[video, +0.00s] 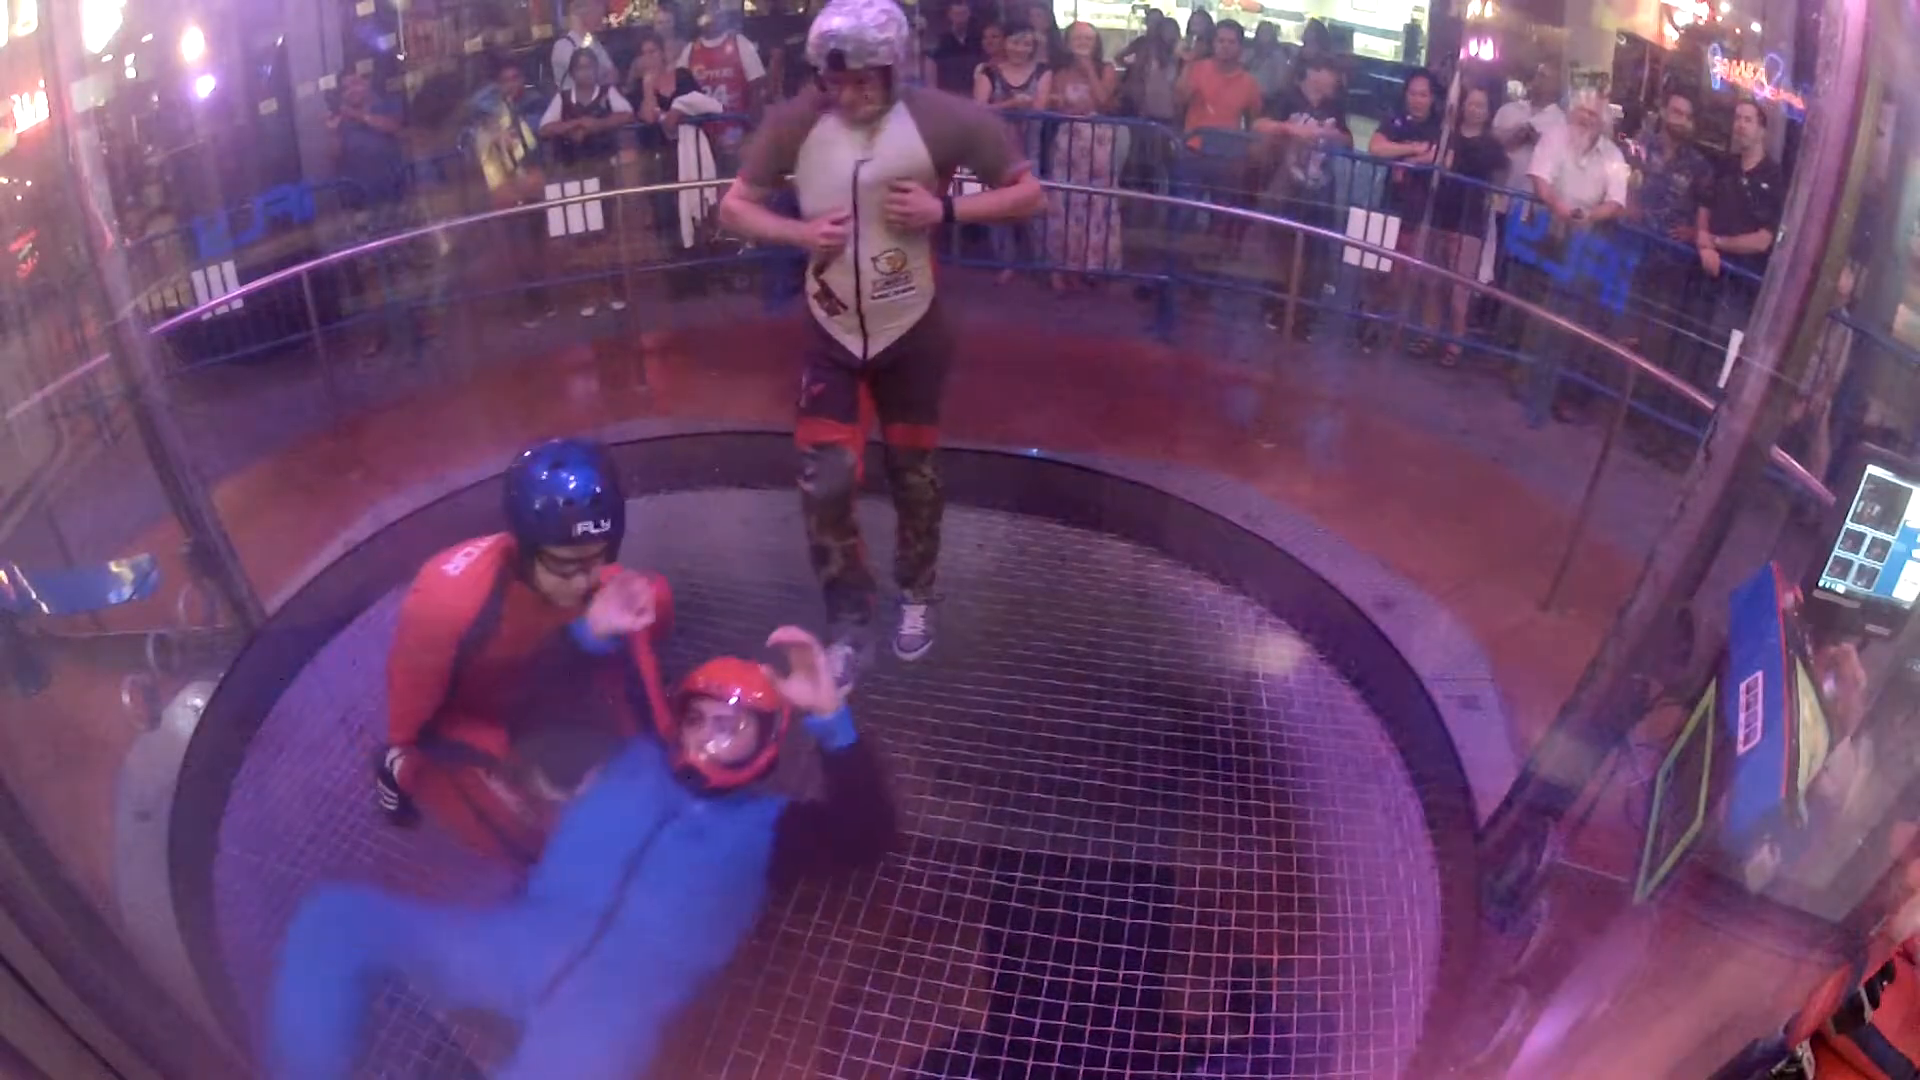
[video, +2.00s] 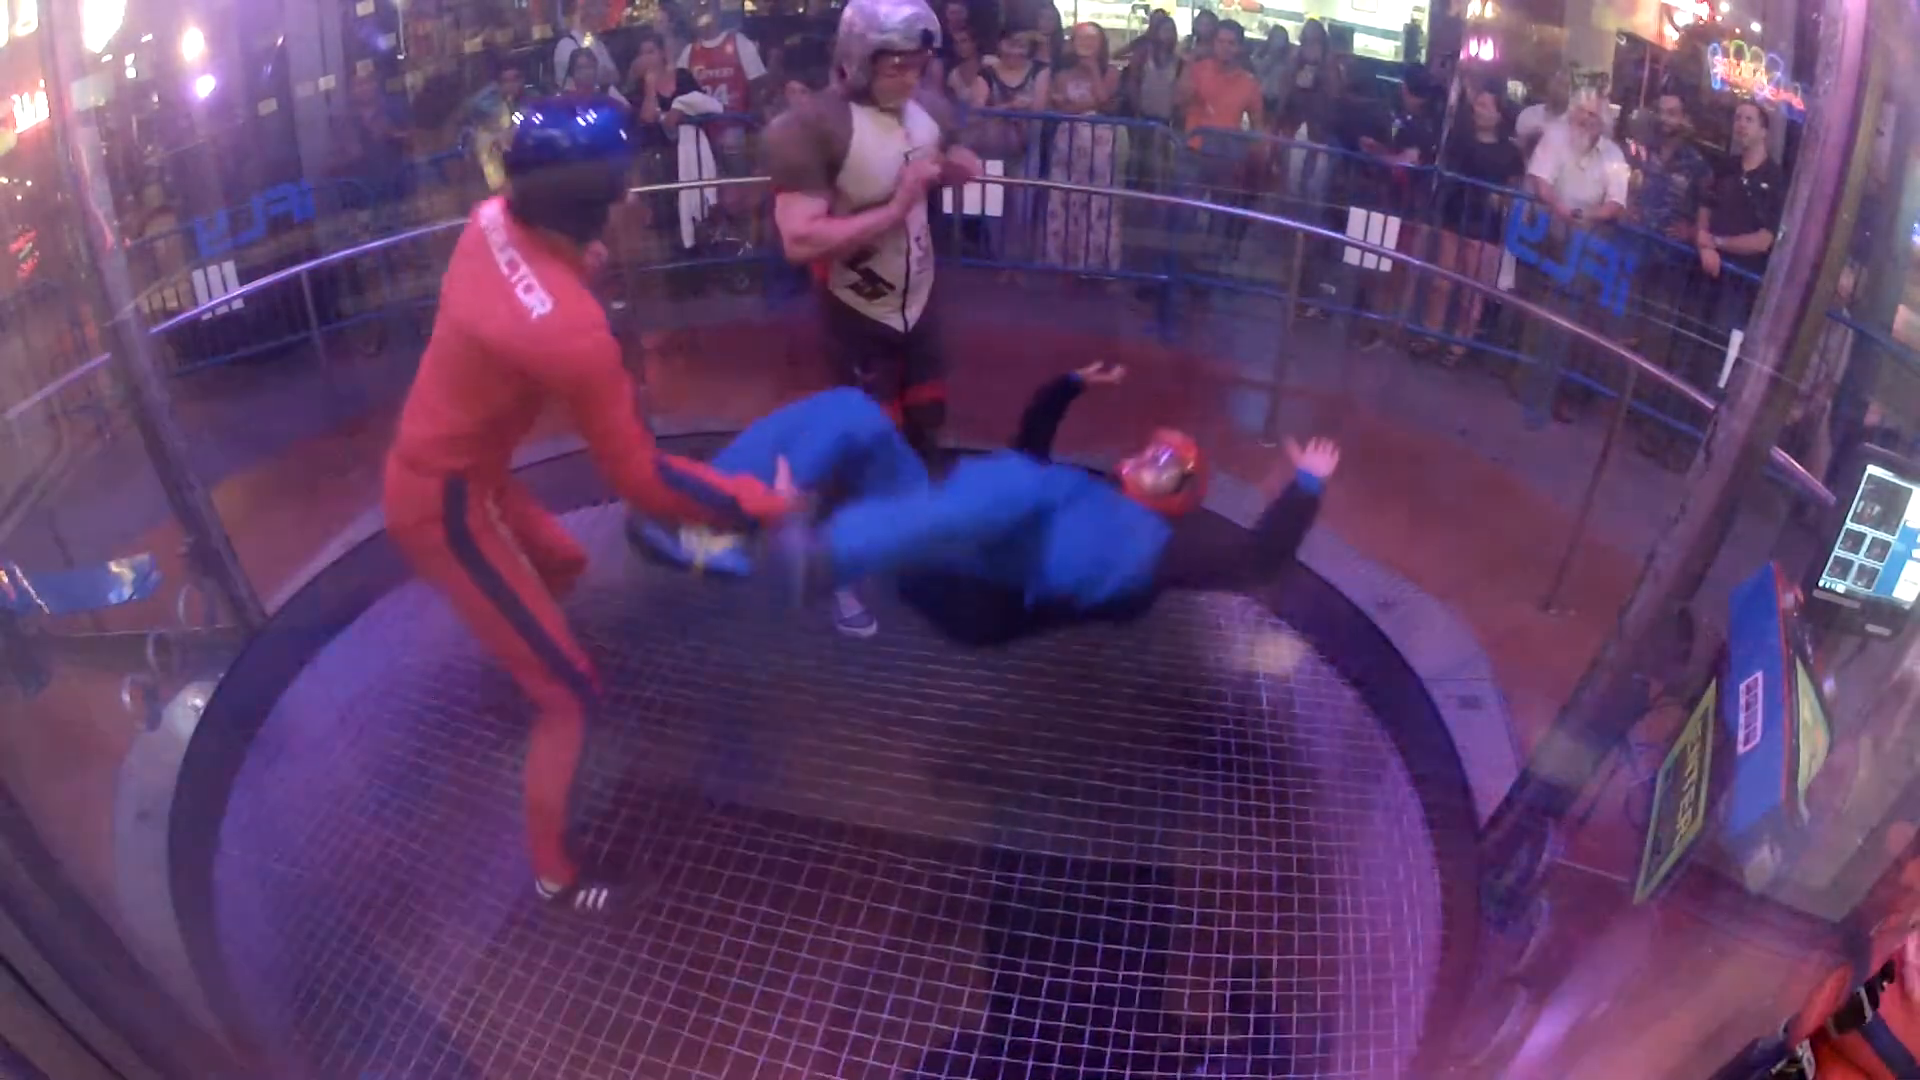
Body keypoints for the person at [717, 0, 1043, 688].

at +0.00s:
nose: (852, 95)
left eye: (867, 81)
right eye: (839, 81)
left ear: (895, 72)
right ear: (821, 73)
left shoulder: (945, 120)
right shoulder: (795, 122)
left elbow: (1029, 193)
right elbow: (732, 205)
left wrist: (947, 207)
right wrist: (800, 231)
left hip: (912, 329)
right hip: (830, 331)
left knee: (911, 477)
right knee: (822, 485)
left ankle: (917, 596)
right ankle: (849, 622)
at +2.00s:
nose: (905, 79)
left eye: (914, 66)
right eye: (892, 67)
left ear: (925, 64)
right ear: (855, 64)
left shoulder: (922, 114)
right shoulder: (810, 128)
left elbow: (918, 178)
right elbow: (799, 241)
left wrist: (948, 171)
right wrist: (895, 210)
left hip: (921, 308)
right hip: (856, 316)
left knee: (928, 427)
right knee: (873, 434)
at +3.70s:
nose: (843, 167)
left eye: (847, 153)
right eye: (832, 160)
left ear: (864, 132)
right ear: (824, 154)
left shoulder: (900, 124)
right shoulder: (836, 180)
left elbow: (950, 147)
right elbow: (860, 208)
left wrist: (966, 118)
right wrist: (935, 147)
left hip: (915, 315)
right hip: (865, 319)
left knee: (918, 440)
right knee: (878, 456)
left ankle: (880, 550)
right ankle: (834, 569)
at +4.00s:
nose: (869, 84)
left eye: (874, 71)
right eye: (854, 71)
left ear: (887, 83)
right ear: (832, 84)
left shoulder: (895, 131)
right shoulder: (801, 139)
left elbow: (943, 153)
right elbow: (767, 210)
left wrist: (940, 144)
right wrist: (854, 183)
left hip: (895, 311)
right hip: (835, 316)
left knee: (900, 442)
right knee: (865, 459)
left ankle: (876, 553)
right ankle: (821, 563)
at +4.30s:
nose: (772, 46)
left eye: (781, 32)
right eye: (758, 34)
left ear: (793, 40)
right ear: (732, 48)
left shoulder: (838, 124)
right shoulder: (717, 135)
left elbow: (874, 204)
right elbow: (686, 241)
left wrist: (864, 203)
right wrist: (790, 247)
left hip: (831, 320)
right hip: (766, 326)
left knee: (879, 436)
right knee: (765, 483)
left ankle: (869, 550)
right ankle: (713, 579)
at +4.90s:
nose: (695, 85)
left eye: (703, 71)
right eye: (677, 73)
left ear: (716, 77)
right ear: (646, 85)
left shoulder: (734, 138)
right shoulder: (620, 166)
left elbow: (776, 203)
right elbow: (606, 286)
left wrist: (777, 221)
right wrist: (688, 272)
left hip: (773, 355)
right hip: (702, 370)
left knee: (801, 494)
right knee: (747, 523)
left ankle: (773, 606)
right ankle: (713, 597)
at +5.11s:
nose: (684, 107)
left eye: (693, 92)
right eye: (665, 95)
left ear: (706, 96)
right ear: (631, 108)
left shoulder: (726, 166)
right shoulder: (604, 197)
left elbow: (764, 231)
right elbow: (585, 340)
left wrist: (777, 250)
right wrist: (686, 368)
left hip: (775, 397)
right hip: (706, 421)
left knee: (803, 525)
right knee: (770, 596)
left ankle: (789, 617)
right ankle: (701, 667)